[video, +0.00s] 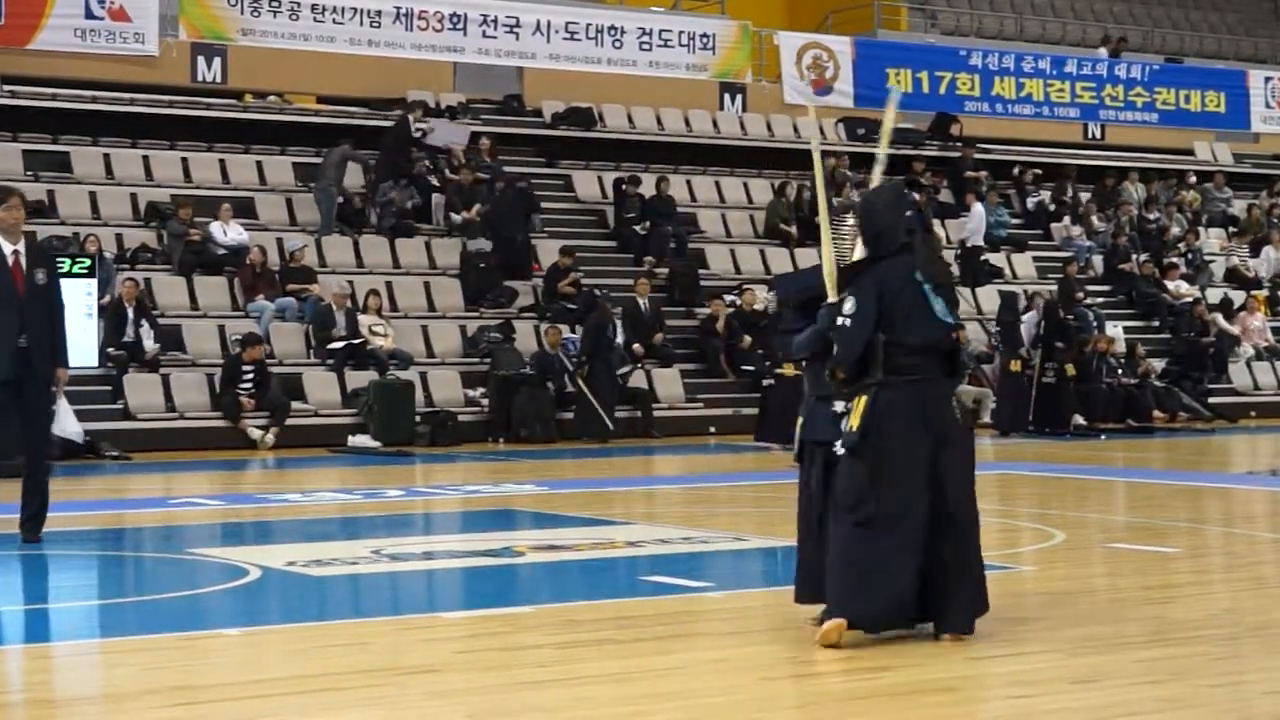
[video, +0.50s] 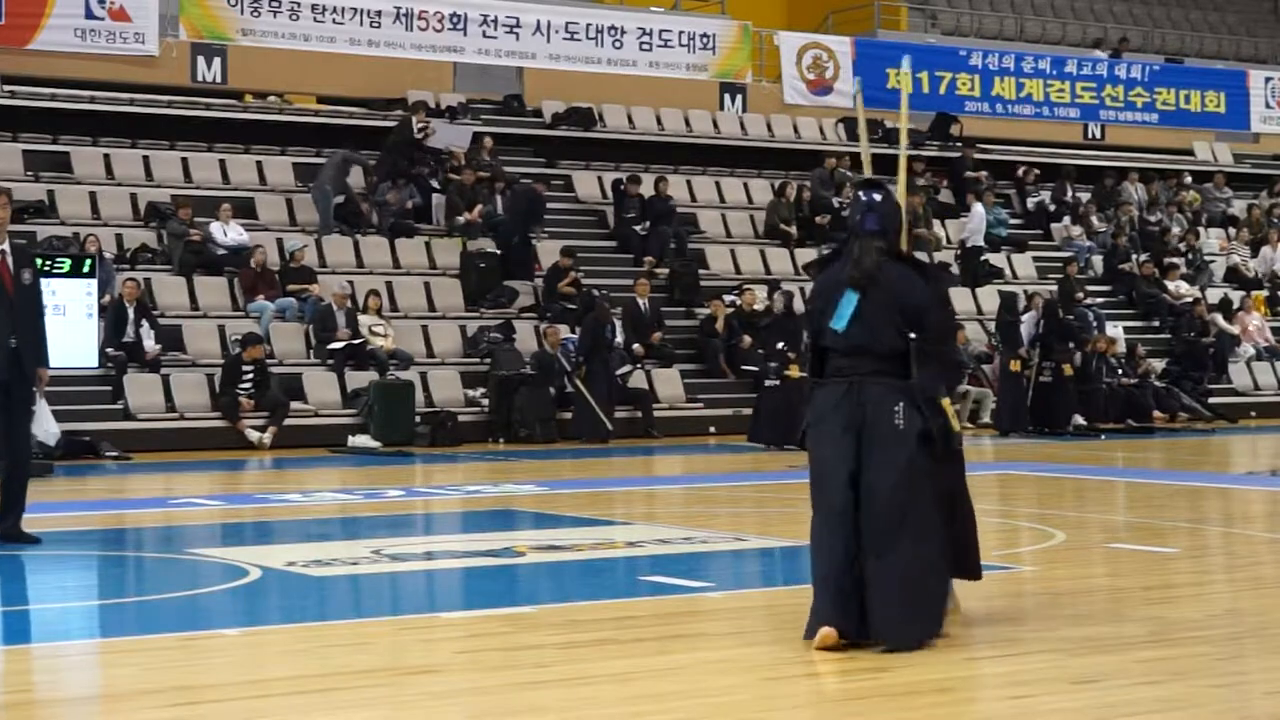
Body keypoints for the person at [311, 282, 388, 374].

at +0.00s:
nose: (345, 301)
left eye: (347, 298)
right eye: (342, 297)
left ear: (349, 297)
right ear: (333, 296)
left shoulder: (350, 312)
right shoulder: (321, 310)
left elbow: (355, 333)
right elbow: (318, 336)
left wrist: (362, 339)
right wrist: (331, 334)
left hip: (348, 343)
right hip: (327, 345)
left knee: (360, 350)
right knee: (344, 350)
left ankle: (361, 380)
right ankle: (335, 380)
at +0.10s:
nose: (345, 301)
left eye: (347, 298)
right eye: (342, 298)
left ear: (349, 297)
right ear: (333, 296)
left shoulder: (350, 312)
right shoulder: (321, 310)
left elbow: (355, 333)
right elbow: (318, 335)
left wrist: (362, 339)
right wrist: (332, 335)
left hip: (348, 343)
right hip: (327, 345)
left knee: (361, 350)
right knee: (344, 351)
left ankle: (361, 380)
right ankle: (335, 381)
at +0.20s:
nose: (345, 301)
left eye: (347, 298)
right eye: (343, 298)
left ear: (349, 297)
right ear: (333, 296)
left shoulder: (350, 312)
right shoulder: (321, 310)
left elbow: (356, 333)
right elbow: (318, 335)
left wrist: (362, 339)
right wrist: (333, 335)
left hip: (348, 344)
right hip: (327, 346)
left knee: (361, 350)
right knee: (343, 351)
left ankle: (361, 381)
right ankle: (336, 382)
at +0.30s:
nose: (345, 301)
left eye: (347, 298)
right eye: (342, 298)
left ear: (348, 298)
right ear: (334, 296)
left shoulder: (351, 312)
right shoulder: (322, 310)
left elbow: (357, 334)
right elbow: (318, 336)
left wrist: (349, 334)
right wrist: (335, 335)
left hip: (348, 343)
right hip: (328, 344)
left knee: (361, 349)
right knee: (340, 353)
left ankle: (362, 381)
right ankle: (338, 382)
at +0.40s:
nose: (345, 301)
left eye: (347, 298)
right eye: (342, 298)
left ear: (348, 298)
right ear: (333, 296)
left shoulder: (351, 312)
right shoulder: (322, 311)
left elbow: (357, 334)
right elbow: (318, 336)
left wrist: (349, 335)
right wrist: (336, 336)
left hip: (348, 343)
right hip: (328, 344)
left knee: (361, 349)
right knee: (340, 353)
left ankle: (361, 381)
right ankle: (338, 382)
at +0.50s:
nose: (345, 301)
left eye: (347, 298)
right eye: (342, 298)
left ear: (349, 298)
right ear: (333, 296)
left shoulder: (351, 312)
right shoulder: (322, 311)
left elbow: (356, 334)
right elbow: (318, 336)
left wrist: (349, 334)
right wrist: (336, 336)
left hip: (348, 343)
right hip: (328, 344)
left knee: (361, 349)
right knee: (340, 353)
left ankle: (361, 381)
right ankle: (337, 382)